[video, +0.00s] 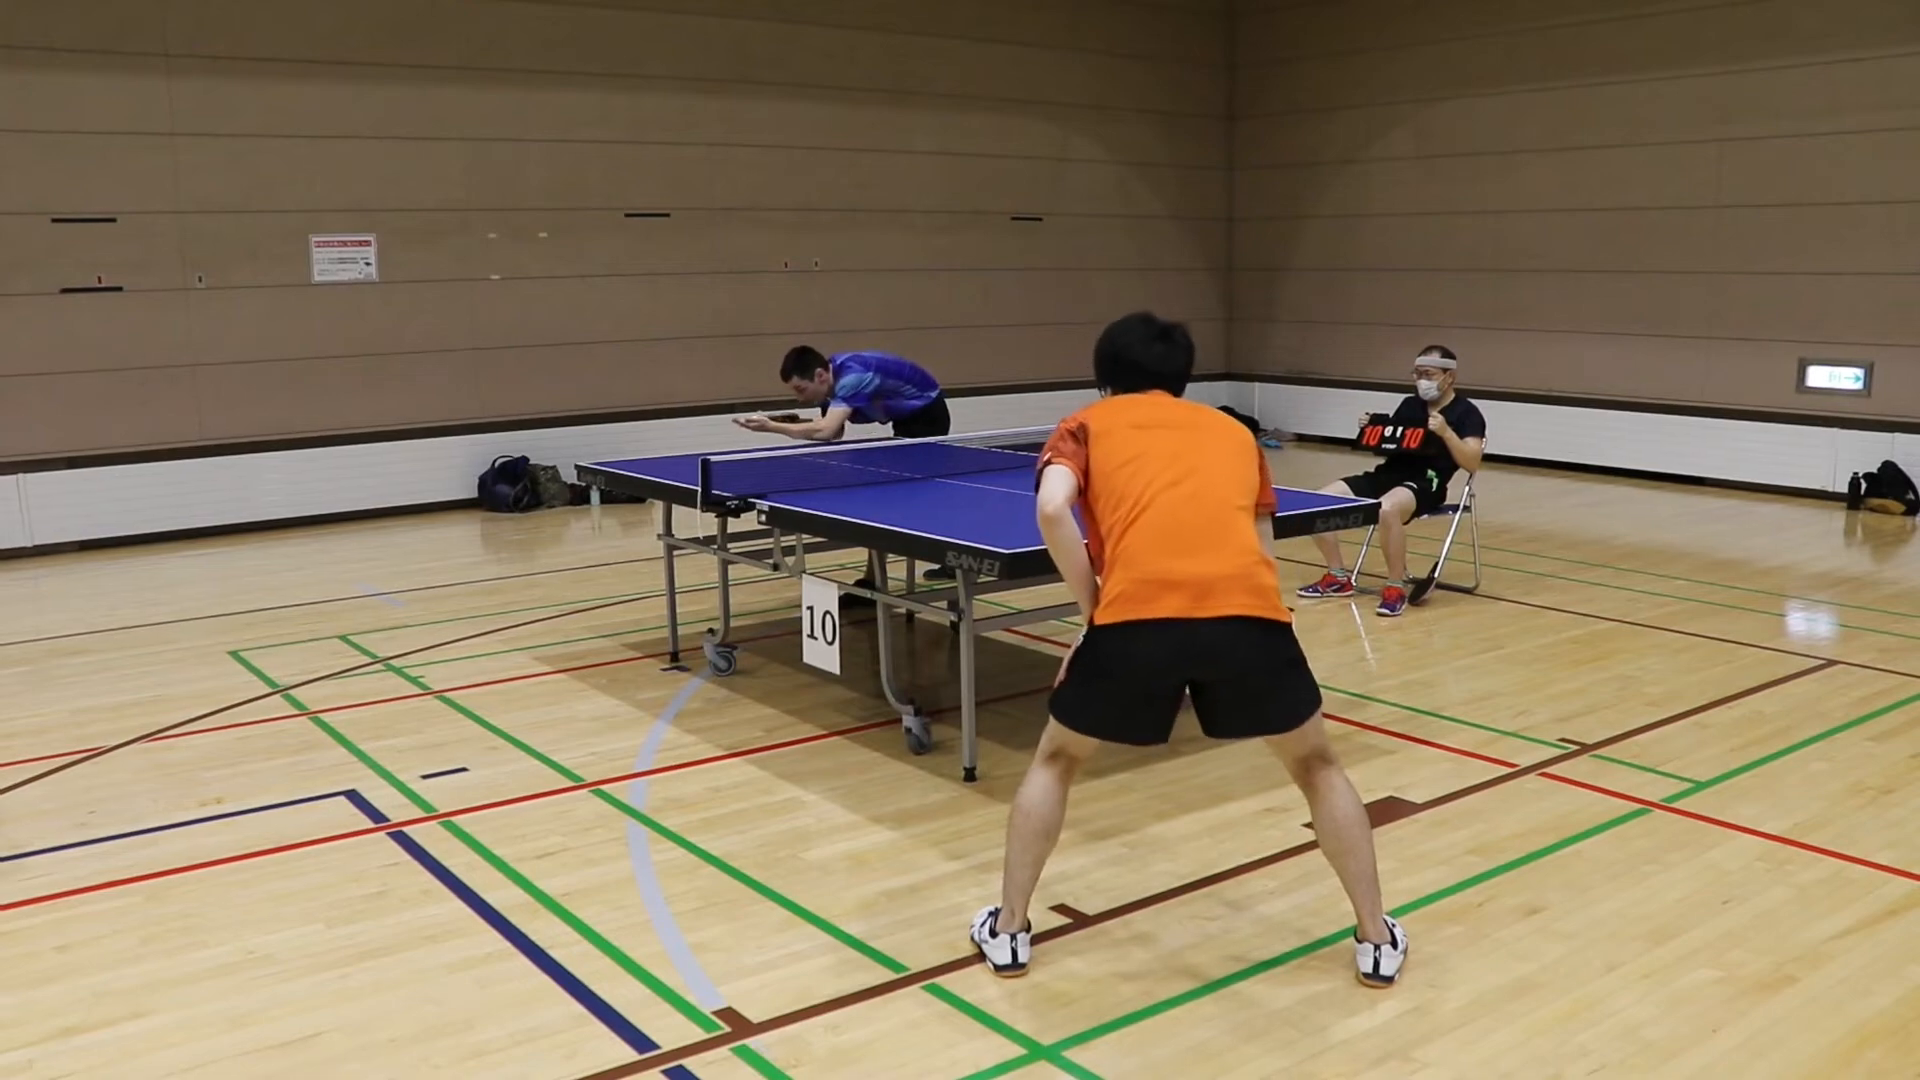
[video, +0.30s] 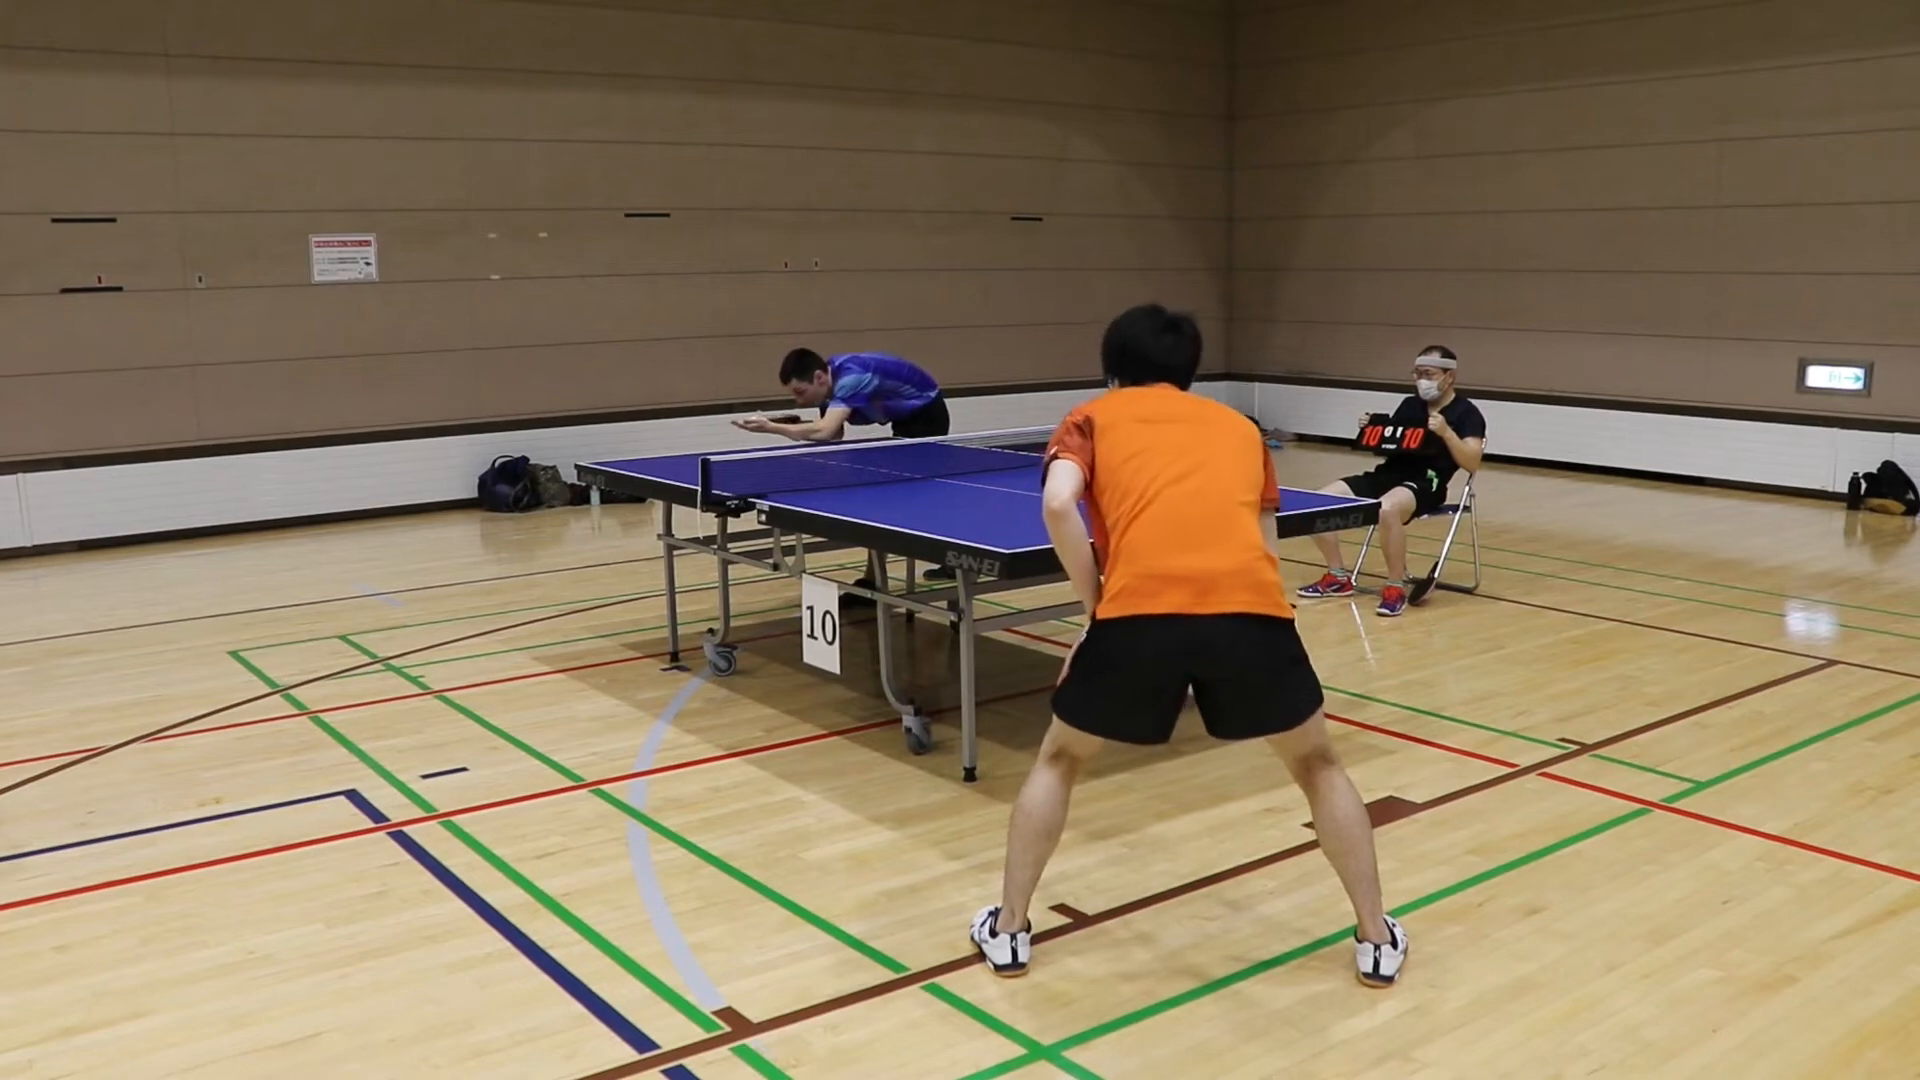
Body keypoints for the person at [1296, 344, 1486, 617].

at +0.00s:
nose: (1423, 381)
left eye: (1430, 375)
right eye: (1418, 374)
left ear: (1450, 377)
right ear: (1413, 375)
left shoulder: (1466, 414)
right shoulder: (1411, 404)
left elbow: (1472, 463)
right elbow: (1392, 439)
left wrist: (1446, 433)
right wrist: (1373, 425)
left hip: (1427, 481)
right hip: (1390, 474)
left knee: (1389, 509)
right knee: (1319, 502)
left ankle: (1394, 588)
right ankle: (1338, 576)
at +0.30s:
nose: (1423, 381)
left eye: (1430, 374)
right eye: (1419, 374)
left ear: (1450, 377)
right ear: (1414, 375)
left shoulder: (1467, 414)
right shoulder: (1411, 404)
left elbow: (1472, 464)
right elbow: (1392, 439)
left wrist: (1446, 433)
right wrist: (1372, 425)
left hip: (1426, 481)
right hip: (1390, 474)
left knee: (1389, 509)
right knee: (1318, 503)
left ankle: (1394, 588)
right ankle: (1337, 576)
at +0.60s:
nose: (1423, 381)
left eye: (1430, 375)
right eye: (1419, 374)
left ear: (1449, 378)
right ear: (1414, 375)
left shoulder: (1467, 414)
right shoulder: (1411, 405)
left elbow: (1472, 464)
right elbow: (1392, 440)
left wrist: (1446, 434)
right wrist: (1373, 426)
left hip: (1427, 482)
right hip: (1390, 474)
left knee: (1389, 510)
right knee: (1317, 503)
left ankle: (1394, 588)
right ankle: (1337, 576)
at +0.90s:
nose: (1423, 380)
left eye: (1430, 374)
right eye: (1418, 374)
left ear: (1449, 377)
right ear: (1413, 375)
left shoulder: (1467, 414)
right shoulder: (1411, 405)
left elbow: (1472, 463)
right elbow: (1393, 440)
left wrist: (1446, 433)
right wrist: (1373, 426)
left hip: (1427, 482)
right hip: (1390, 474)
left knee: (1389, 509)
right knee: (1318, 503)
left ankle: (1395, 588)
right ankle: (1337, 576)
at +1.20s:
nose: (1422, 380)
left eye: (1429, 374)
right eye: (1418, 374)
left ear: (1449, 378)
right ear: (1414, 375)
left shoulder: (1467, 414)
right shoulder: (1410, 405)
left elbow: (1472, 463)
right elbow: (1391, 442)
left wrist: (1446, 432)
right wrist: (1373, 428)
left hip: (1426, 481)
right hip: (1390, 474)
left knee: (1390, 508)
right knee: (1326, 496)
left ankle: (1395, 588)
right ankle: (1337, 575)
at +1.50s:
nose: (1423, 381)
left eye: (1430, 375)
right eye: (1418, 374)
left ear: (1450, 378)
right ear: (1414, 375)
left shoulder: (1466, 413)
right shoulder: (1410, 405)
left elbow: (1471, 463)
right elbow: (1386, 444)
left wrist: (1446, 433)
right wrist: (1367, 432)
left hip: (1426, 482)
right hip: (1388, 476)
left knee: (1390, 508)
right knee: (1323, 500)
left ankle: (1395, 587)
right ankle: (1337, 574)